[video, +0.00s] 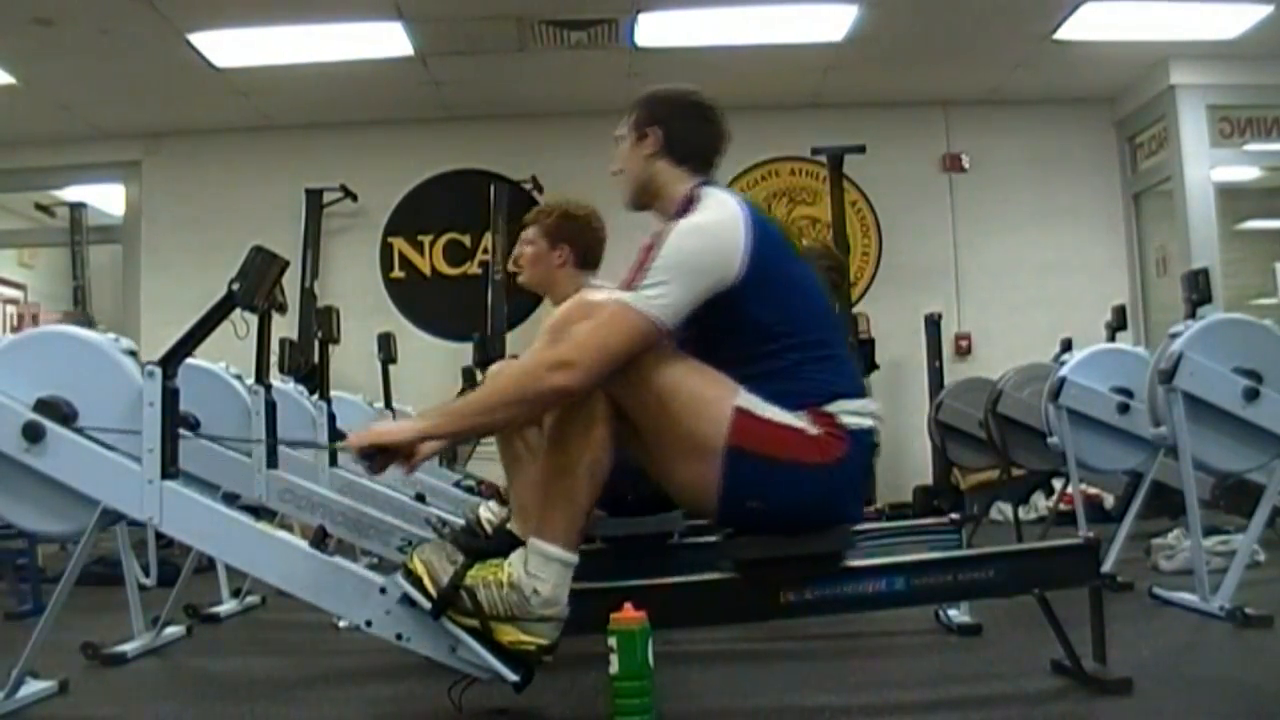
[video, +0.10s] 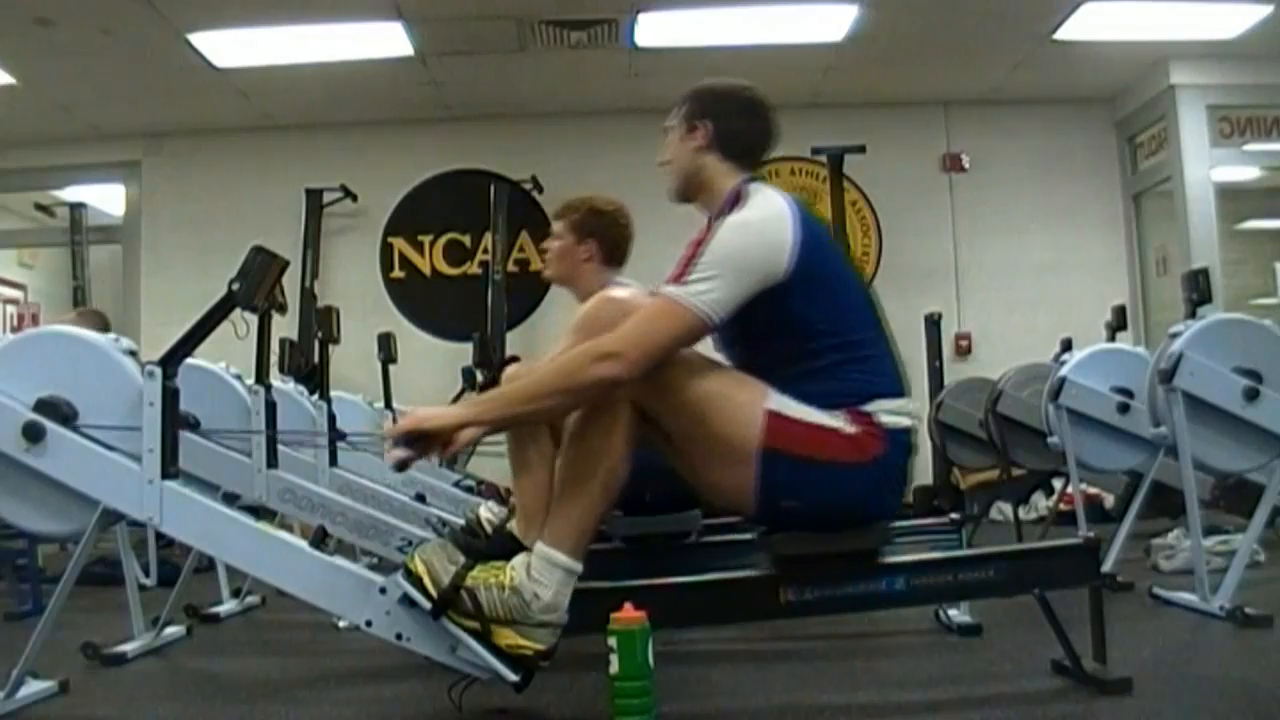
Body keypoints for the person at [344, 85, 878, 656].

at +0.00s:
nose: (616, 162)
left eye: (624, 144)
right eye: (619, 147)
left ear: (653, 143)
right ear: (676, 148)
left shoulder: (712, 225)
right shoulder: (676, 236)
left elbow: (569, 374)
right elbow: (558, 364)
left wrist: (420, 428)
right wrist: (436, 434)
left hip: (816, 458)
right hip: (769, 454)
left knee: (591, 347)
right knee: (570, 325)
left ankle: (541, 586)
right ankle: (530, 563)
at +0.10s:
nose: (663, 153)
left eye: (670, 135)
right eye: (666, 137)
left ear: (701, 136)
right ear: (718, 142)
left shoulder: (761, 219)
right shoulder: (724, 232)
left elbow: (618, 361)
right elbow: (602, 354)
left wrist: (459, 416)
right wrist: (472, 420)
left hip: (853, 454)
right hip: (807, 449)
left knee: (622, 355)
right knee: (606, 321)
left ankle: (544, 587)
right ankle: (535, 564)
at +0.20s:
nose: (711, 144)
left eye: (721, 127)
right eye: (716, 128)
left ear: (754, 130)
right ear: (765, 135)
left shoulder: (811, 214)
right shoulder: (785, 218)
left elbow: (663, 343)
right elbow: (659, 339)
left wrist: (509, 398)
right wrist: (517, 399)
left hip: (891, 447)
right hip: (848, 437)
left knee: (654, 381)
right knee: (635, 382)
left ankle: (547, 591)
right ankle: (541, 579)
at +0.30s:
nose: (761, 144)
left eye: (770, 126)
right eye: (764, 128)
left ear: (807, 128)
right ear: (821, 135)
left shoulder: (859, 212)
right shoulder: (832, 219)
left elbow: (704, 332)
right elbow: (702, 337)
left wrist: (548, 383)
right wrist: (558, 392)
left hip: (930, 441)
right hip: (880, 433)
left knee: (684, 399)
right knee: (666, 402)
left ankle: (544, 601)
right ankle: (538, 587)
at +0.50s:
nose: (834, 145)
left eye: (843, 125)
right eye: (840, 128)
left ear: (876, 126)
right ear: (889, 131)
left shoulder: (928, 213)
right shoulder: (898, 220)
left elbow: (781, 325)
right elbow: (779, 321)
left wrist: (628, 375)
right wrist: (642, 387)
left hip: (977, 448)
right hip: (937, 441)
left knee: (716, 443)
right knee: (703, 443)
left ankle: (534, 611)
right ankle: (528, 605)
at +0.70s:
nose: (850, 172)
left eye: (859, 156)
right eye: (855, 158)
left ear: (894, 157)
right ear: (905, 164)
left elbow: (811, 359)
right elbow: (796, 358)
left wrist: (664, 392)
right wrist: (666, 400)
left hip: (952, 472)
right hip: (901, 466)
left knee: (696, 520)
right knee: (685, 515)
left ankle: (477, 637)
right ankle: (475, 631)